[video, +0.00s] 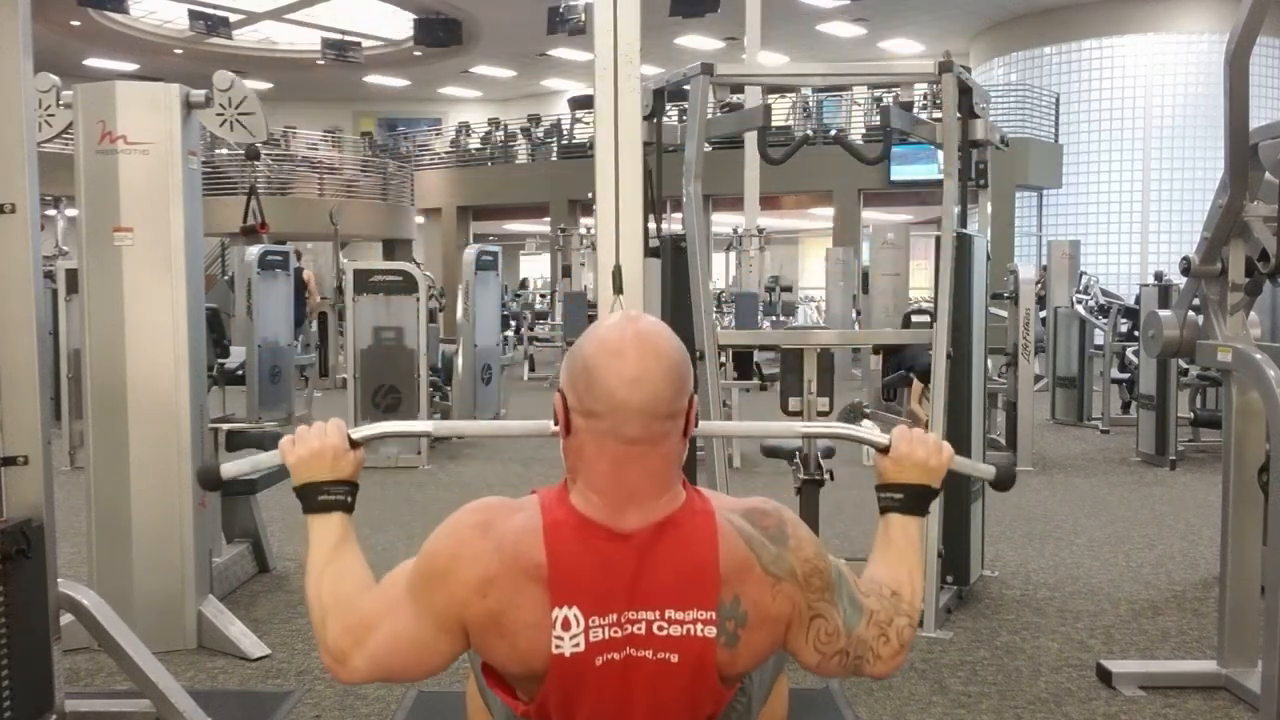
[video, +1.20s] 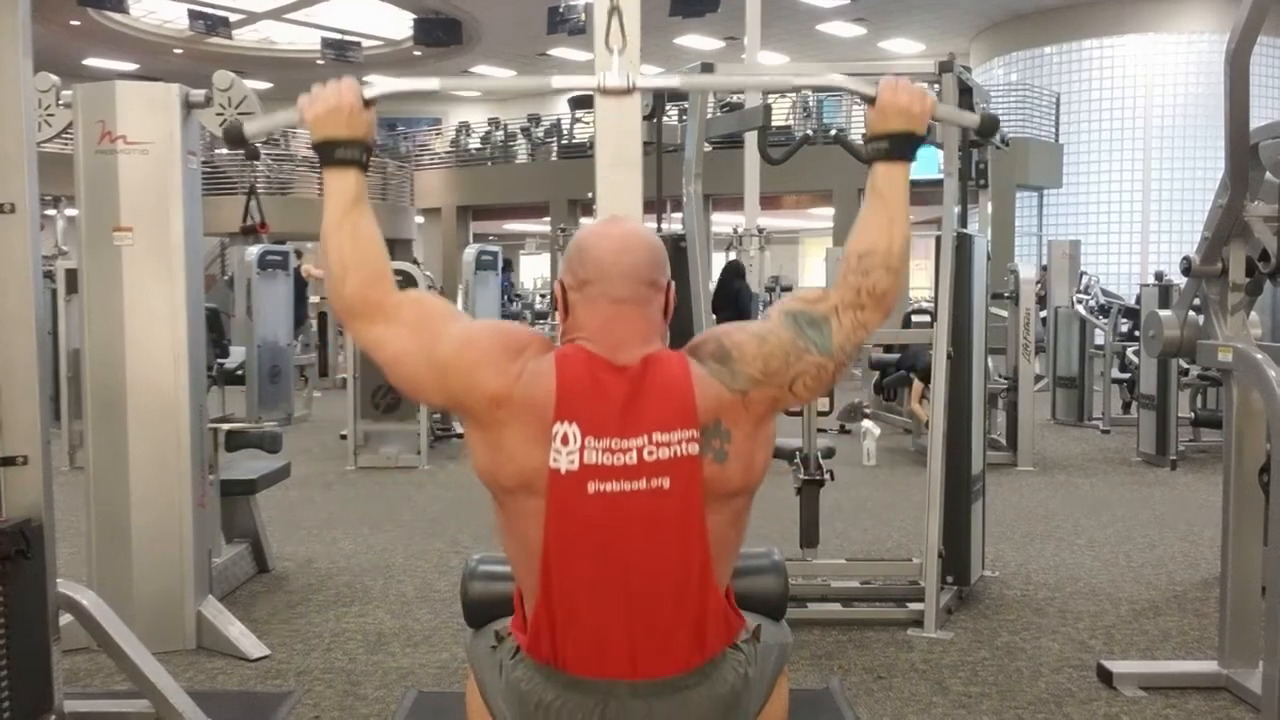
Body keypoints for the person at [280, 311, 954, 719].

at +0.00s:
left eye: (561, 394)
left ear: (563, 416)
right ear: (689, 419)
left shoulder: (486, 546)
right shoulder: (764, 545)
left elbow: (352, 648)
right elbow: (875, 646)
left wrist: (324, 497)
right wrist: (907, 499)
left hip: (536, 707)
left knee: (483, 666)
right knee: (769, 647)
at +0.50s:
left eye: (559, 368)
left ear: (559, 388)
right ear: (682, 390)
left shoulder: (483, 509)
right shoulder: (757, 512)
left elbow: (339, 558)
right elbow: (896, 552)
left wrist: (326, 409)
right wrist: (908, 407)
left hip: (532, 708)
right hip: (710, 706)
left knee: (453, 680)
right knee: (813, 689)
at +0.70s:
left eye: (563, 344)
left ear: (559, 364)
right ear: (678, 369)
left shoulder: (485, 474)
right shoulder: (753, 479)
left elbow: (335, 484)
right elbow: (898, 473)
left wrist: (328, 336)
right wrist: (908, 330)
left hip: (537, 703)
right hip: (703, 703)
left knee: (487, 649)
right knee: (770, 641)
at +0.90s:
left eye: (561, 317)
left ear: (560, 335)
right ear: (674, 337)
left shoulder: (491, 431)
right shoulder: (750, 433)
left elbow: (341, 407)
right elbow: (893, 394)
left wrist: (331, 260)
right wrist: (904, 249)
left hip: (544, 695)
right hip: (703, 693)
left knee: (493, 635)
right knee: (765, 642)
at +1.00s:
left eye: (559, 308)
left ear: (560, 324)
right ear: (671, 325)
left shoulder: (492, 410)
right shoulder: (749, 412)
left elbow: (345, 369)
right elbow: (885, 357)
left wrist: (335, 224)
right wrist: (902, 207)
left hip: (546, 695)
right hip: (706, 693)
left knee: (488, 650)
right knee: (768, 643)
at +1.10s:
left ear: (560, 309)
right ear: (668, 310)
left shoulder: (495, 390)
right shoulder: (743, 393)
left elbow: (353, 336)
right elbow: (874, 325)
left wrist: (337, 191)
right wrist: (898, 177)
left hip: (547, 694)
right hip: (704, 691)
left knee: (487, 658)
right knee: (769, 651)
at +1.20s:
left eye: (559, 291)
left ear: (562, 303)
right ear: (667, 301)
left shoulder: (500, 375)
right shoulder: (742, 375)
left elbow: (364, 304)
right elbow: (862, 302)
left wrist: (341, 158)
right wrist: (893, 152)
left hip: (552, 696)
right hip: (704, 693)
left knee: (488, 657)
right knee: (768, 652)